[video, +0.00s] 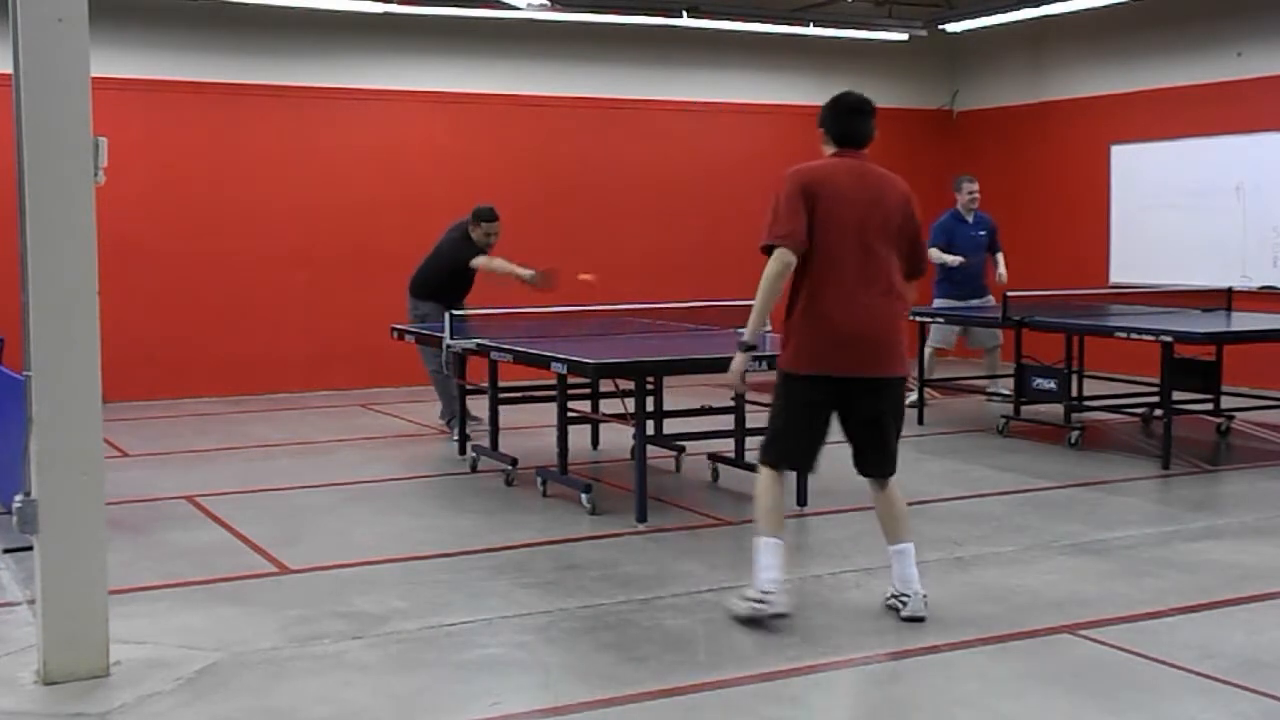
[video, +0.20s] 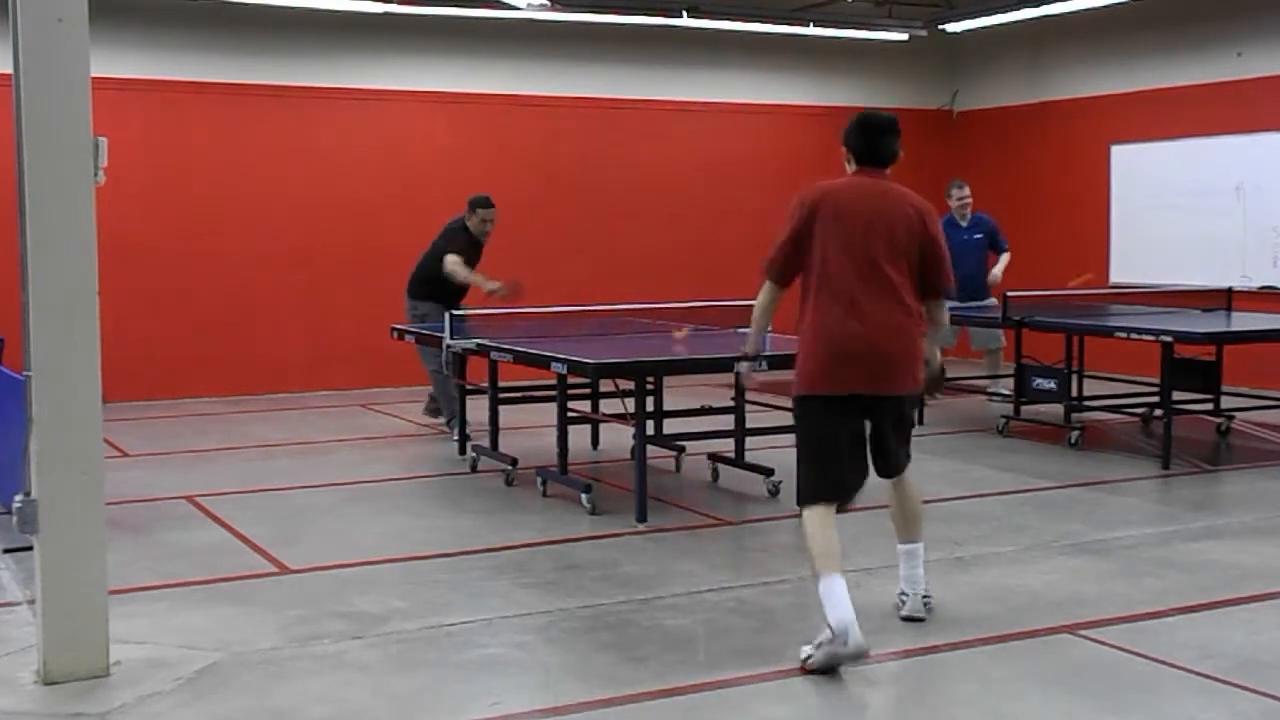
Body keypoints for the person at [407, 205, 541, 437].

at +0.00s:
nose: (493, 240)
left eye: (496, 234)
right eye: (488, 234)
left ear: (498, 229)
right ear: (473, 228)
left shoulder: (473, 232)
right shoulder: (459, 245)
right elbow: (489, 264)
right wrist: (521, 272)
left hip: (452, 302)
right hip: (427, 303)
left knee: (459, 354)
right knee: (438, 361)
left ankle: (457, 406)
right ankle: (453, 416)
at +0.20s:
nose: (489, 228)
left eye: (492, 222)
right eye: (484, 221)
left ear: (494, 219)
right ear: (470, 217)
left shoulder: (475, 235)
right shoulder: (456, 235)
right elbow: (451, 266)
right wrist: (485, 283)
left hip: (448, 303)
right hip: (426, 303)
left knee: (458, 352)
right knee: (439, 360)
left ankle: (436, 401)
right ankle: (454, 419)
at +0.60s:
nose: (464, 199)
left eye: (467, 194)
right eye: (458, 194)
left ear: (471, 194)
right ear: (445, 194)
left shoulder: (471, 218)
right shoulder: (426, 220)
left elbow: (477, 249)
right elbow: (398, 250)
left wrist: (495, 278)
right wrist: (417, 284)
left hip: (445, 298)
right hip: (419, 297)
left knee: (451, 351)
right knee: (427, 350)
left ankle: (435, 410)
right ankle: (418, 413)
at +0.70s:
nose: (459, 194)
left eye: (462, 189)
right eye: (453, 189)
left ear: (466, 190)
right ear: (440, 189)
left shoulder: (468, 214)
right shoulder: (421, 218)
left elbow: (477, 245)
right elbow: (399, 252)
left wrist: (494, 270)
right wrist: (421, 282)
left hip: (445, 297)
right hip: (416, 296)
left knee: (447, 352)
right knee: (417, 350)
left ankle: (431, 410)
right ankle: (403, 410)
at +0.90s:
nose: (454, 199)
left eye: (457, 194)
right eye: (448, 194)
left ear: (462, 195)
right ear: (436, 195)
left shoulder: (467, 218)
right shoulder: (419, 221)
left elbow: (478, 250)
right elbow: (400, 257)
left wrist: (490, 277)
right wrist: (425, 286)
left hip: (451, 296)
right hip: (415, 296)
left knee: (466, 346)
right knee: (405, 350)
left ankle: (461, 398)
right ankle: (400, 410)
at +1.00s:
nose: (457, 205)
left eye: (460, 199)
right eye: (451, 199)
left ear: (465, 200)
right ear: (439, 200)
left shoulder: (473, 223)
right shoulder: (423, 224)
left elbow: (483, 255)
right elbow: (398, 256)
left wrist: (492, 284)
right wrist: (419, 285)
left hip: (457, 298)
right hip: (420, 297)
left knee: (473, 349)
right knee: (408, 351)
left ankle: (485, 402)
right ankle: (400, 411)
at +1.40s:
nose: (464, 243)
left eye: (469, 237)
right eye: (459, 237)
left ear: (474, 234)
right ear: (448, 232)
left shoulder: (475, 249)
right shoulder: (431, 241)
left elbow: (485, 279)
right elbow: (397, 263)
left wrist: (498, 306)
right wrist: (432, 283)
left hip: (447, 302)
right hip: (412, 300)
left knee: (465, 351)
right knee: (408, 347)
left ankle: (486, 405)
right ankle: (404, 411)